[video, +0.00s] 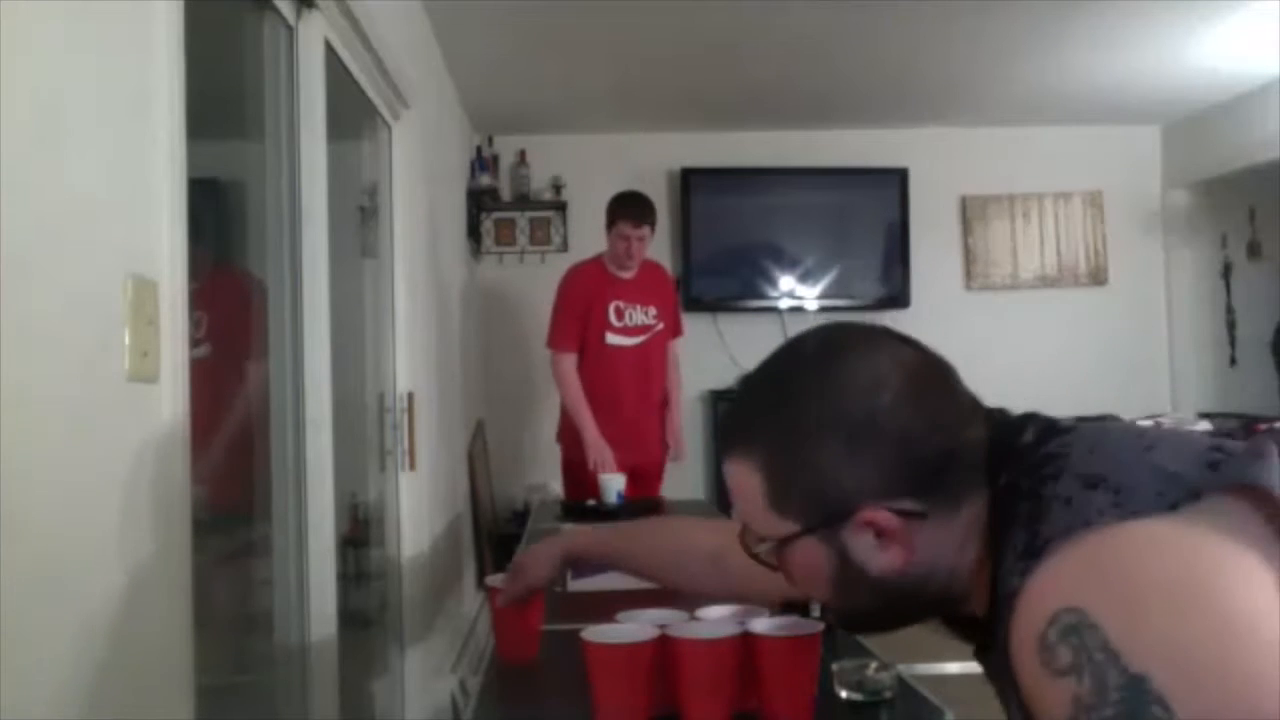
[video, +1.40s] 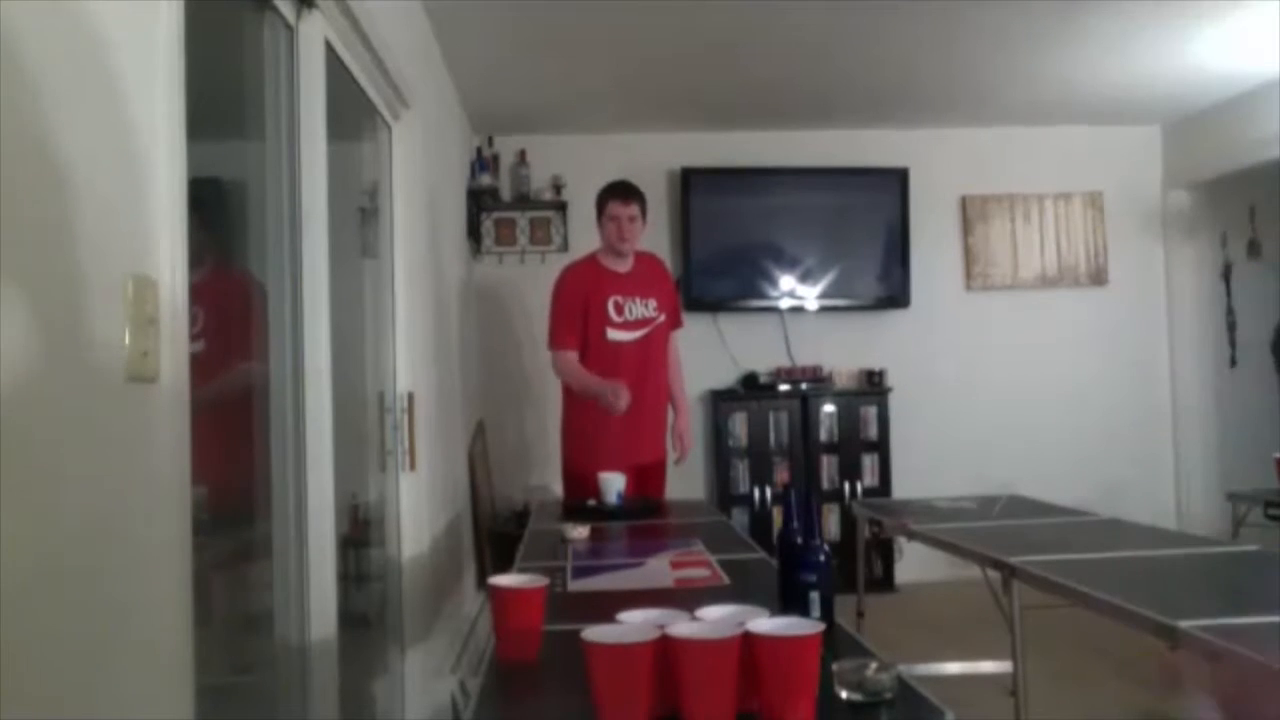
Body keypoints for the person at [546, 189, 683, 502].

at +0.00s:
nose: (631, 249)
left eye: (640, 240)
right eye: (623, 238)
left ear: (651, 238)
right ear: (608, 235)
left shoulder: (661, 280)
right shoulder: (580, 281)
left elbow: (670, 355)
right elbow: (563, 363)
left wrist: (673, 421)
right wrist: (592, 438)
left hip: (647, 443)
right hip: (591, 446)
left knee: (645, 544)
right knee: (594, 544)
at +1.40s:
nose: (623, 229)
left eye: (632, 220)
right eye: (613, 220)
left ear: (644, 225)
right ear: (599, 224)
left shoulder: (657, 272)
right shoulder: (576, 279)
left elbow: (669, 348)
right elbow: (564, 361)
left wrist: (681, 413)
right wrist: (601, 388)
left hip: (647, 438)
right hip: (593, 442)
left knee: (648, 540)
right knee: (594, 541)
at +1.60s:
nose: (623, 229)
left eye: (632, 220)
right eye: (614, 220)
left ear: (644, 225)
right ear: (599, 224)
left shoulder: (656, 272)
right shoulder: (577, 277)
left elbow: (667, 347)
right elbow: (568, 355)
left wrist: (680, 412)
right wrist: (608, 344)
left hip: (647, 435)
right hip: (593, 438)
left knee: (648, 542)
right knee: (594, 542)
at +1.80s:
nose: (624, 229)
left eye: (632, 220)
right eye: (614, 220)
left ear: (644, 225)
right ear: (600, 224)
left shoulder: (654, 270)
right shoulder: (578, 276)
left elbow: (667, 347)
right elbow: (579, 343)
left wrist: (681, 412)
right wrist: (610, 287)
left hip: (647, 434)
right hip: (594, 435)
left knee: (648, 542)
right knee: (594, 542)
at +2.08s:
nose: (625, 226)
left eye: (633, 216)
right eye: (616, 216)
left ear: (646, 222)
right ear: (602, 219)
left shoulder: (655, 268)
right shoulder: (582, 270)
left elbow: (670, 345)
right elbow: (587, 319)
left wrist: (684, 411)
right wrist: (610, 242)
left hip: (648, 436)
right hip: (596, 438)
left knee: (649, 543)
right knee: (594, 548)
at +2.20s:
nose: (625, 219)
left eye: (633, 210)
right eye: (618, 211)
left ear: (646, 217)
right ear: (605, 216)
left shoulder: (655, 263)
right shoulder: (584, 263)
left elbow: (670, 341)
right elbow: (594, 290)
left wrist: (687, 407)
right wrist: (609, 206)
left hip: (650, 434)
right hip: (598, 435)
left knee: (650, 544)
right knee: (595, 545)